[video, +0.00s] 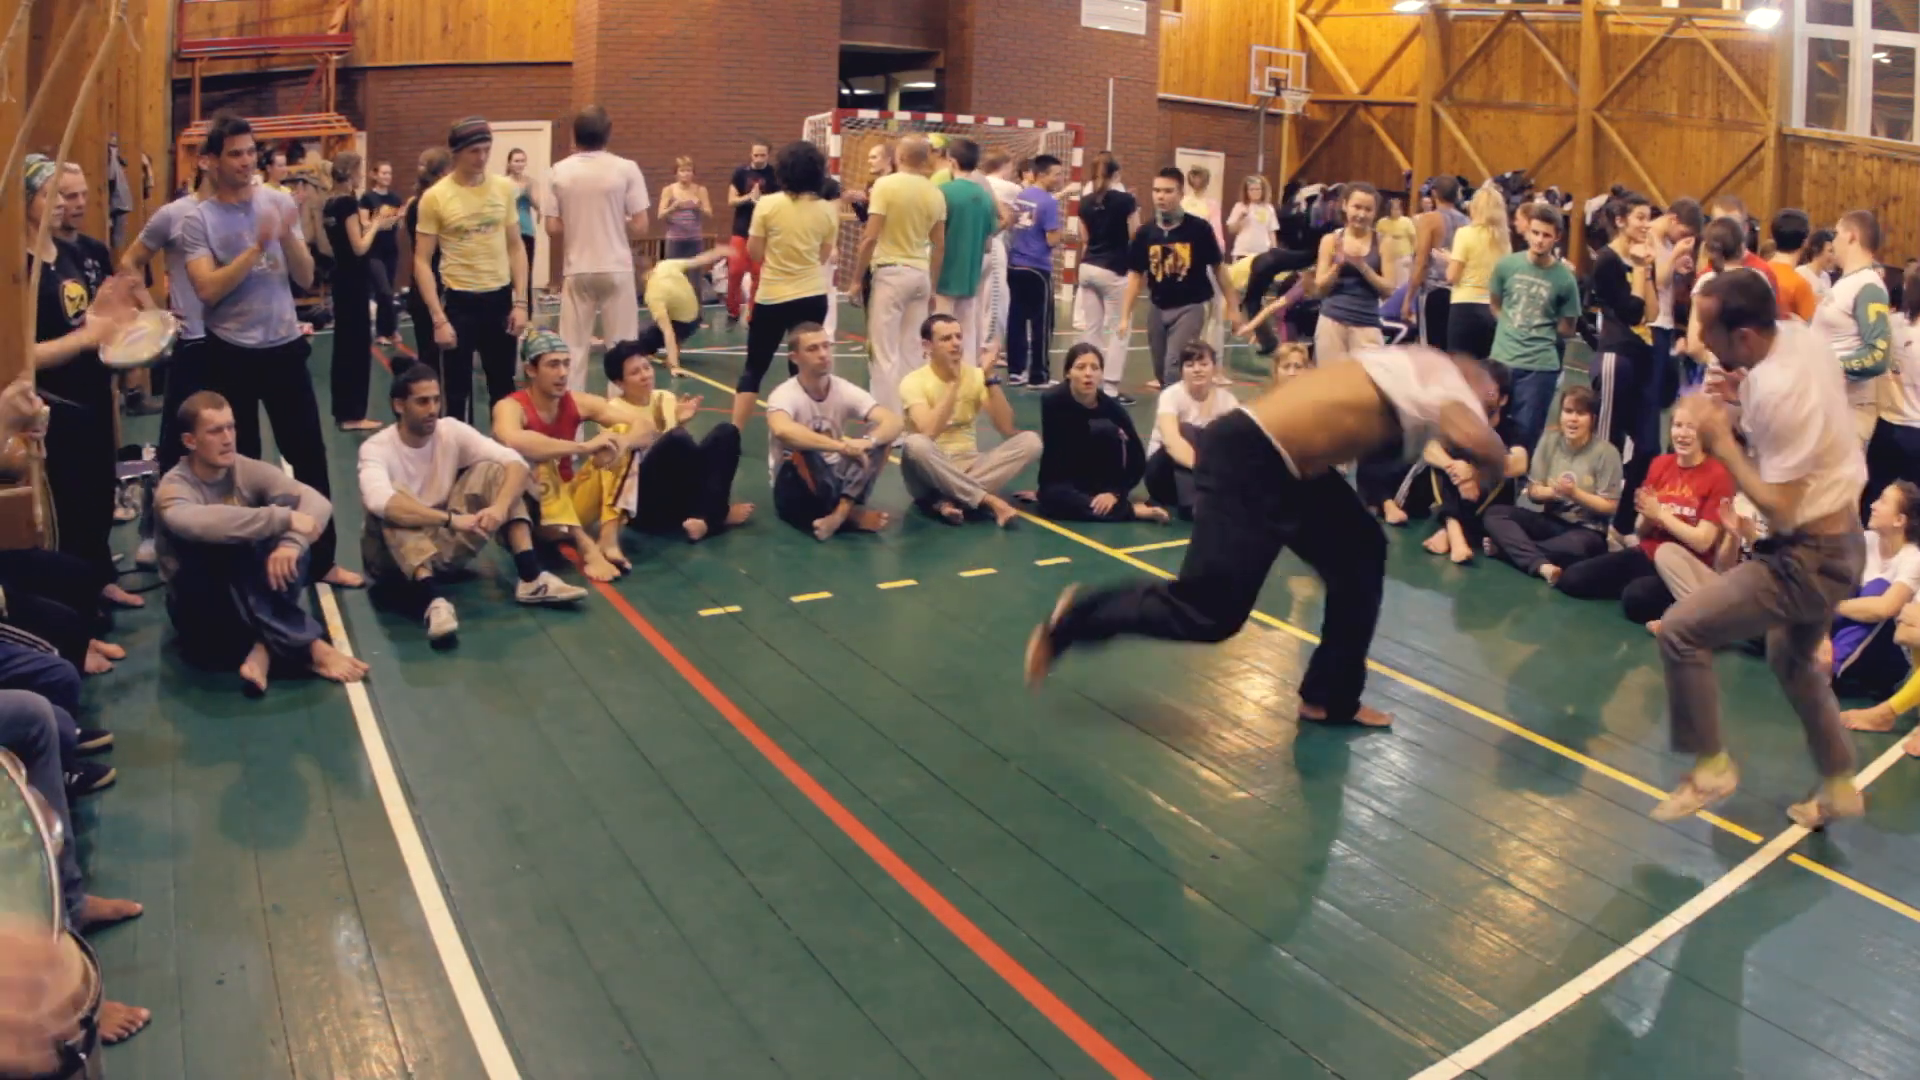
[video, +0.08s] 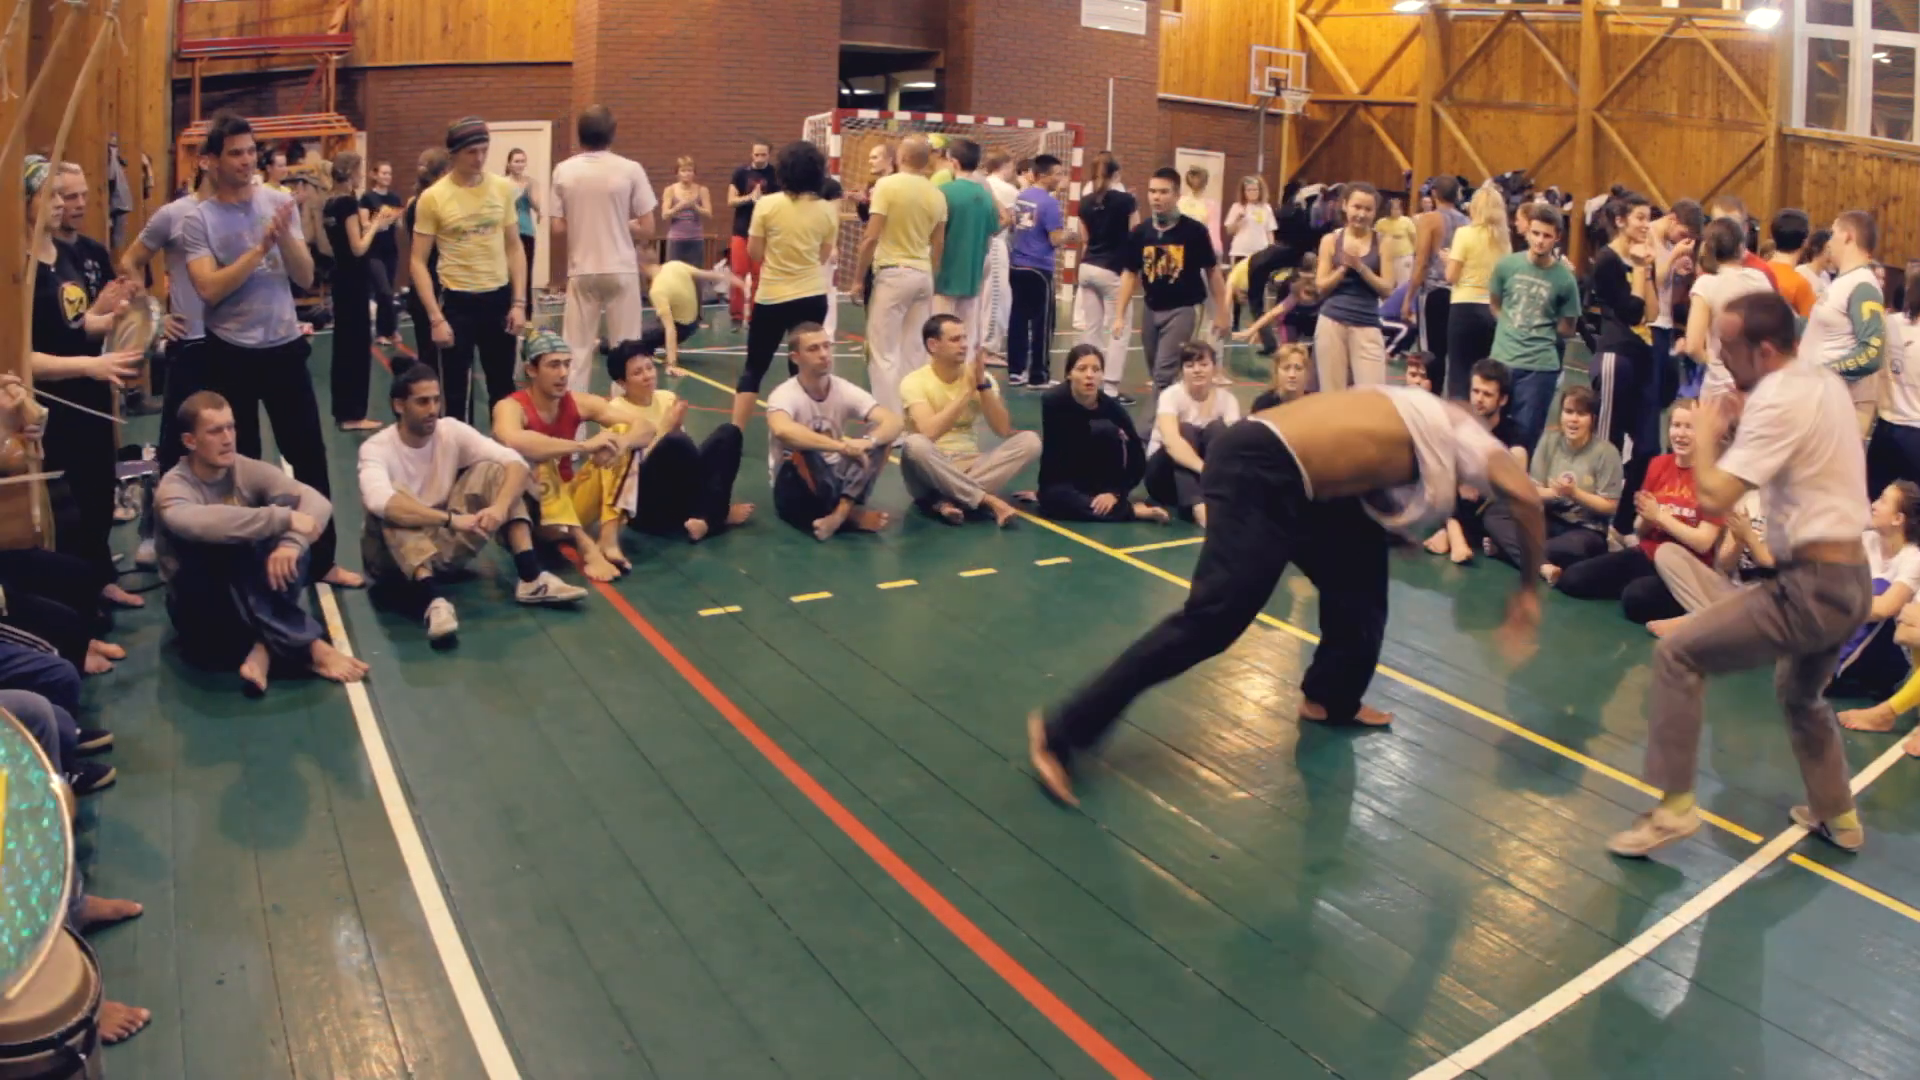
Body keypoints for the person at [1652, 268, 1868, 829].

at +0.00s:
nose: (1706, 346)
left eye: (1711, 336)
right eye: (1704, 335)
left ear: (1747, 334)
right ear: (1756, 326)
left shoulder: (1777, 387)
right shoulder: (1803, 337)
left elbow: (1781, 507)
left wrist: (1721, 440)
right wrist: (1750, 396)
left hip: (1810, 552)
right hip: (1837, 541)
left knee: (1679, 631)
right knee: (1795, 664)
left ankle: (1711, 768)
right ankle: (1840, 785)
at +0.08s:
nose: (1722, 360)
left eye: (1728, 348)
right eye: (1721, 348)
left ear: (1766, 348)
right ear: (1778, 347)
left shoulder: (1781, 399)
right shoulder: (1826, 384)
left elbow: (1714, 495)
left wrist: (1708, 432)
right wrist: (1736, 425)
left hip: (1814, 583)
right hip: (1851, 581)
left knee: (1678, 652)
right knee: (1801, 692)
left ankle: (1675, 804)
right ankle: (1839, 815)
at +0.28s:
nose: (1708, 392)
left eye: (1718, 384)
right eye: (1709, 381)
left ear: (1758, 392)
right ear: (1758, 393)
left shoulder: (1773, 436)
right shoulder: (1797, 434)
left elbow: (1663, 464)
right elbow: (1715, 483)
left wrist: (1658, 392)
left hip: (1800, 627)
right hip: (1821, 622)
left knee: (1657, 669)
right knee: (1781, 715)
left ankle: (1617, 814)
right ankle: (1834, 815)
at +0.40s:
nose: (1673, 382)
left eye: (1685, 371)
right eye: (1673, 368)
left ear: (1727, 380)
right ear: (1723, 379)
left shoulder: (1748, 429)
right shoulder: (1717, 420)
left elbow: (1638, 442)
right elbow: (1630, 423)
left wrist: (1662, 344)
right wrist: (1659, 339)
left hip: (1756, 620)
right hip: (1732, 604)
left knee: (1625, 680)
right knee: (1751, 709)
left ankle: (1533, 810)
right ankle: (1831, 791)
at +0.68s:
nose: (1620, 510)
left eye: (1635, 516)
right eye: (1625, 496)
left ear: (1663, 525)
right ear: (1632, 469)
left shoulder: (1650, 569)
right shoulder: (1593, 458)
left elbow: (1548, 613)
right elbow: (1513, 498)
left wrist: (1584, 529)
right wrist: (1578, 510)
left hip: (1590, 626)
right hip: (1526, 588)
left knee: (1534, 703)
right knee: (1489, 696)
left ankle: (1492, 830)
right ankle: (1566, 712)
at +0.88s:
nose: (1530, 583)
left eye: (1549, 592)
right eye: (1542, 566)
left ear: (1572, 603)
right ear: (1554, 534)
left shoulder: (1579, 622)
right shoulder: (1500, 523)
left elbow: (1556, 731)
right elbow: (1458, 631)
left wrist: (1527, 819)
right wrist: (1510, 734)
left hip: (1505, 643)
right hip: (1436, 599)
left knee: (1503, 730)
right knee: (1359, 652)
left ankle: (1487, 833)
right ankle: (1326, 689)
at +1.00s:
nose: (1464, 558)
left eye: (1482, 558)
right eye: (1468, 542)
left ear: (1508, 554)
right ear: (1467, 509)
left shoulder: (1517, 571)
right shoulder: (1415, 504)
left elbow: (1555, 666)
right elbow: (1396, 618)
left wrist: (1581, 754)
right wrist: (1484, 641)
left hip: (1458, 620)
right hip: (1389, 585)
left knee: (1460, 697)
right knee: (1276, 642)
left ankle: (1484, 835)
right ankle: (1236, 694)